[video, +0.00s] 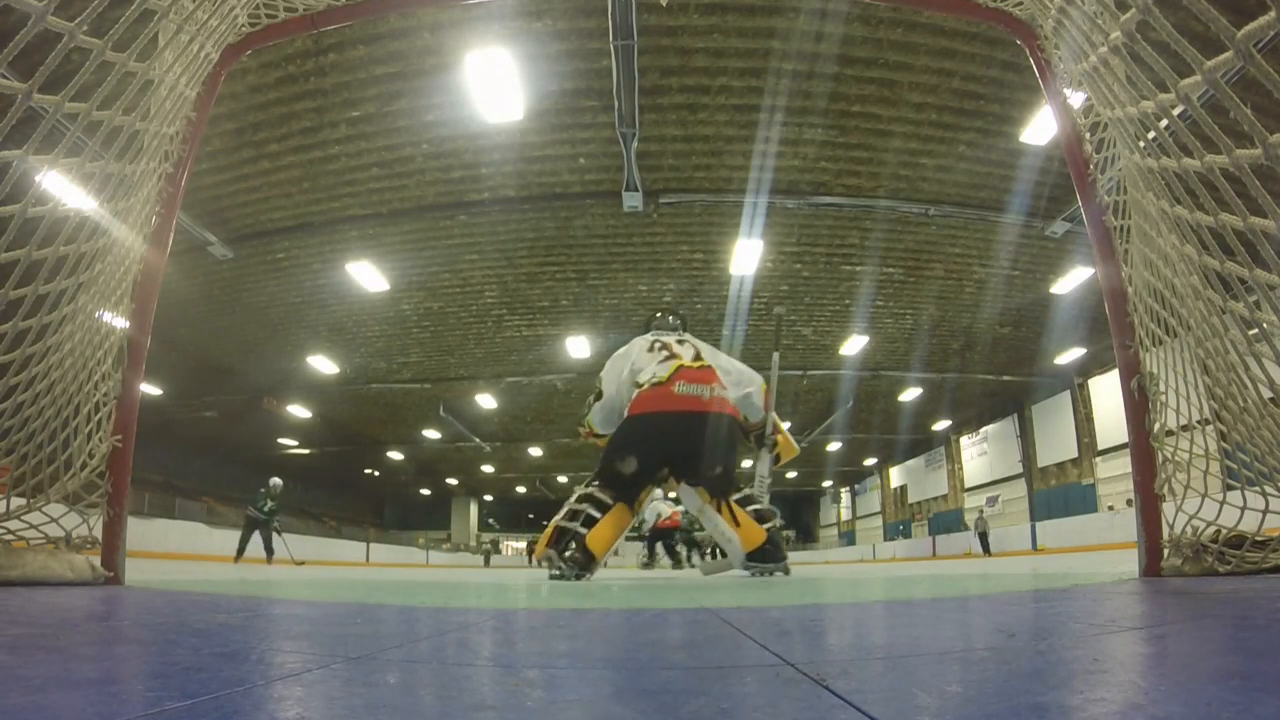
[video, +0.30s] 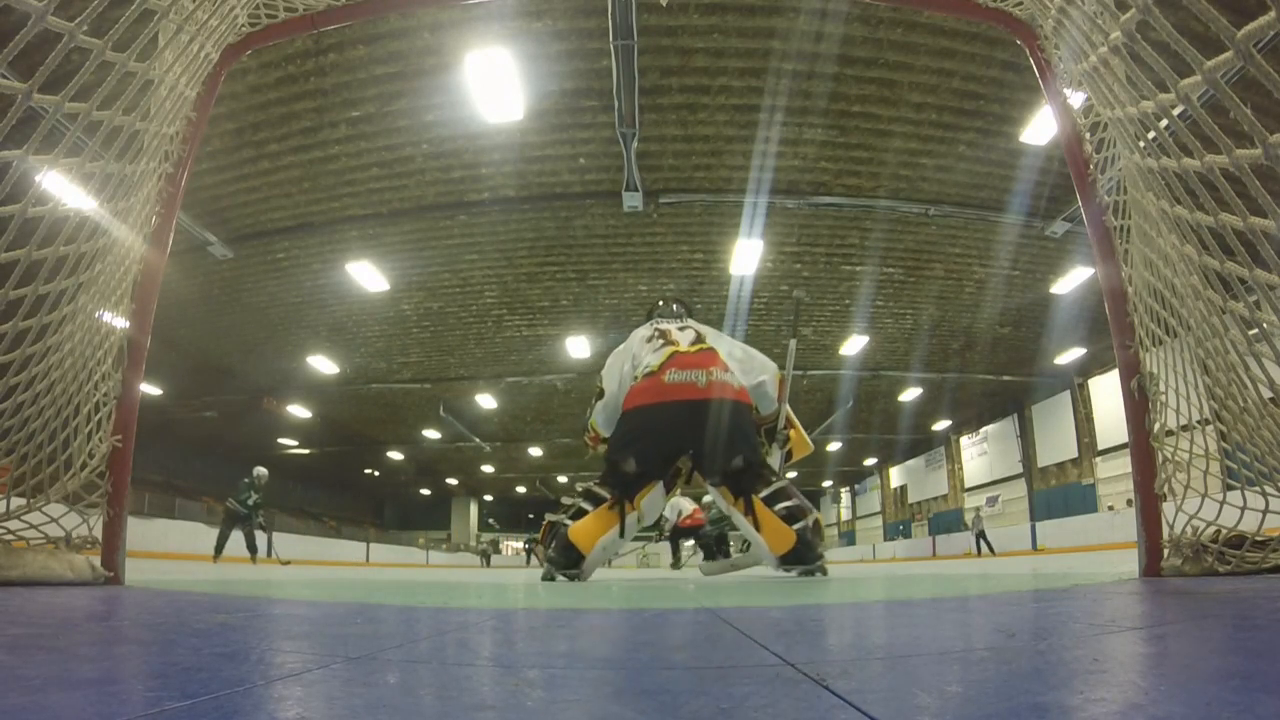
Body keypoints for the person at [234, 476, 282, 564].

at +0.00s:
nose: (275, 491)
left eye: (278, 489)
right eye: (274, 488)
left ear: (280, 489)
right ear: (270, 487)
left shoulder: (277, 501)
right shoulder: (261, 494)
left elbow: (274, 515)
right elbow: (253, 509)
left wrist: (276, 525)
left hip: (265, 522)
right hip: (252, 519)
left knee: (267, 541)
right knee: (244, 538)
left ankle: (269, 557)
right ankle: (238, 556)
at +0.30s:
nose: (263, 482)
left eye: (265, 479)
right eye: (262, 479)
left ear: (264, 479)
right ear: (256, 477)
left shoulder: (259, 491)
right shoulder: (244, 484)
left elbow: (258, 508)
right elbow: (243, 499)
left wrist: (261, 521)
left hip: (246, 514)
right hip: (232, 511)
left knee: (249, 534)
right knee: (224, 532)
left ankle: (253, 555)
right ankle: (217, 554)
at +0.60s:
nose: (249, 470)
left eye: (250, 467)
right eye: (248, 466)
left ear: (249, 466)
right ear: (242, 464)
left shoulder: (243, 481)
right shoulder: (228, 470)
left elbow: (243, 499)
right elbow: (226, 487)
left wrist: (246, 514)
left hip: (228, 506)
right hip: (213, 502)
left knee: (232, 530)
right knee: (205, 528)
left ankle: (237, 553)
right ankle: (198, 552)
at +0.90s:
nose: (231, 452)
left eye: (232, 448)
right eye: (230, 448)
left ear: (227, 448)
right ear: (222, 446)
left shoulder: (224, 466)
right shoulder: (204, 454)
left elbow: (224, 487)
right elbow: (201, 474)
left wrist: (227, 505)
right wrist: (216, 489)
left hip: (205, 496)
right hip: (187, 491)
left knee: (210, 523)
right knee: (177, 520)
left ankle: (216, 550)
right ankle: (168, 549)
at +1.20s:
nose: (200, 424)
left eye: (202, 421)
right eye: (198, 420)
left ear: (199, 421)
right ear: (188, 418)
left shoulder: (196, 443)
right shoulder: (169, 431)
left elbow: (196, 469)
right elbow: (158, 455)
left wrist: (198, 488)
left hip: (175, 480)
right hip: (153, 476)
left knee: (180, 513)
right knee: (138, 509)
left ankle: (187, 545)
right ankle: (126, 543)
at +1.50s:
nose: (144, 380)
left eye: (148, 376)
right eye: (145, 375)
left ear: (154, 380)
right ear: (139, 377)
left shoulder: (157, 411)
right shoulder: (122, 401)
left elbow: (159, 441)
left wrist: (157, 461)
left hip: (139, 459)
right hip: (114, 455)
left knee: (135, 497)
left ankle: (142, 538)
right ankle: (80, 532)